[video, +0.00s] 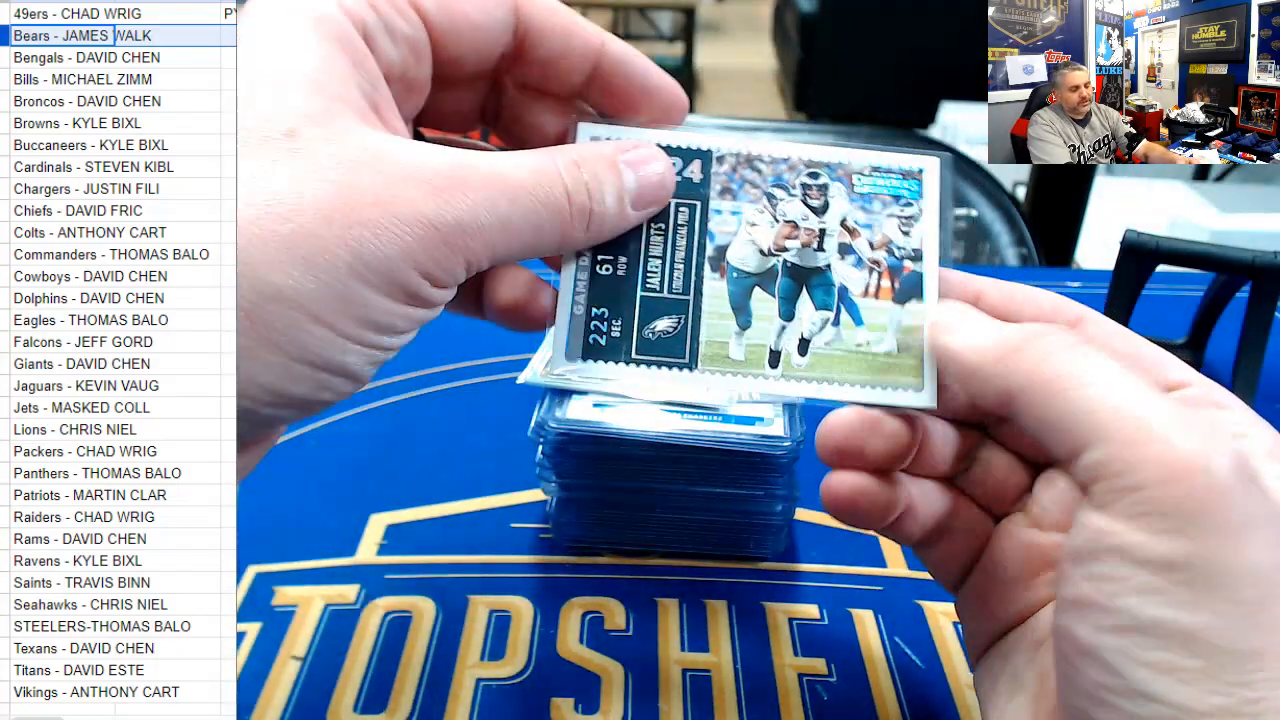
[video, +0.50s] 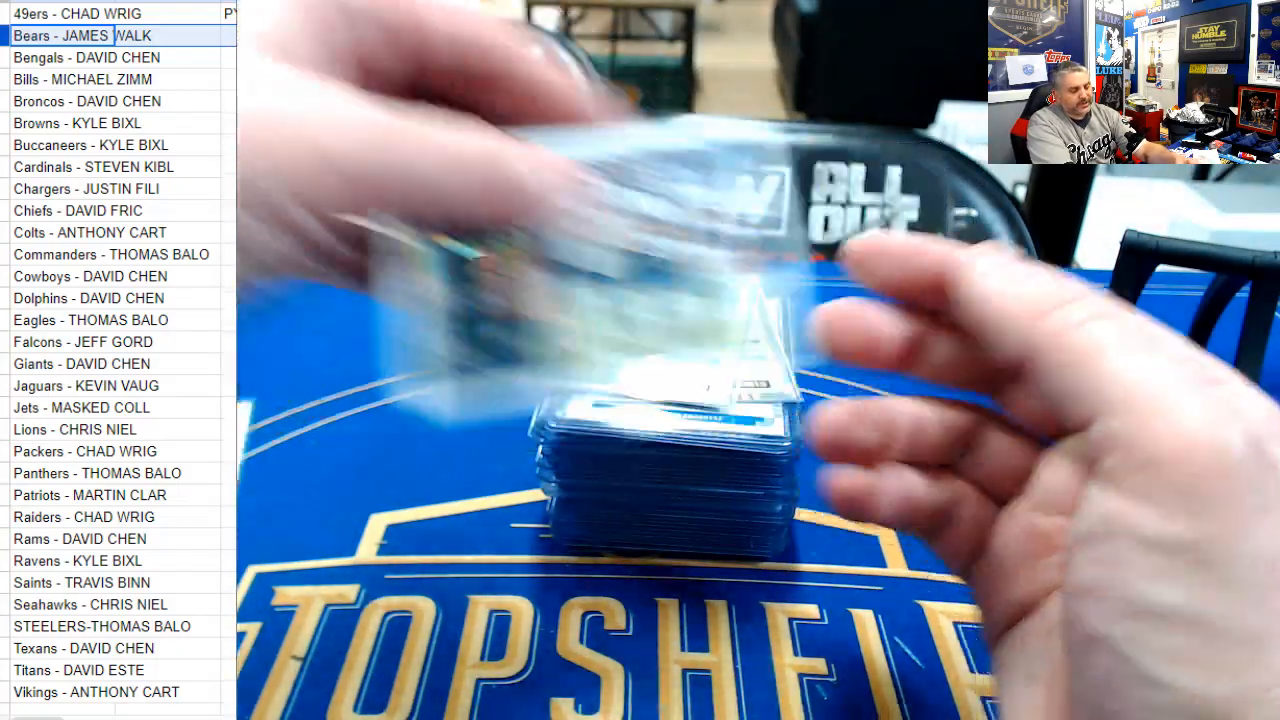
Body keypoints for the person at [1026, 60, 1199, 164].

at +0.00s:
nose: (1085, 94)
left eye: (1087, 86)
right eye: (1074, 90)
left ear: (1091, 85)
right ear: (1057, 95)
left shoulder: (1106, 114)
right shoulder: (1043, 122)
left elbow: (1145, 149)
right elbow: (1062, 176)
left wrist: (1178, 161)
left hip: (1114, 186)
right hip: (1072, 197)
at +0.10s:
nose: (1085, 94)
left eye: (1087, 86)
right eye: (1074, 90)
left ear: (1092, 86)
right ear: (1056, 96)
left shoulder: (1105, 114)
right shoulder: (1043, 123)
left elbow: (1145, 149)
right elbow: (1061, 177)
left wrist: (1178, 160)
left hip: (1113, 188)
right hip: (1072, 198)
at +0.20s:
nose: (1085, 95)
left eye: (1087, 86)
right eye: (1074, 90)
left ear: (1092, 86)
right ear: (1056, 96)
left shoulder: (1105, 114)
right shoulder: (1043, 123)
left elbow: (1145, 149)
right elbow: (1060, 176)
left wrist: (1181, 162)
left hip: (1113, 186)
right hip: (1072, 197)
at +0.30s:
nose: (1085, 95)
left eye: (1087, 87)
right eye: (1074, 90)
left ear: (1091, 86)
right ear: (1056, 96)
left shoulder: (1105, 114)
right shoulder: (1043, 123)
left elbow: (1145, 150)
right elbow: (1060, 176)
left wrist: (1181, 162)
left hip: (1113, 187)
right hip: (1071, 197)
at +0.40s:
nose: (1085, 95)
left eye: (1087, 87)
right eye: (1074, 91)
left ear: (1091, 86)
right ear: (1056, 96)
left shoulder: (1105, 114)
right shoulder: (1043, 123)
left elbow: (1145, 150)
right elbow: (1060, 176)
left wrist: (1181, 162)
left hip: (1113, 187)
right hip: (1071, 197)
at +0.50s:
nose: (1084, 95)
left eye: (1086, 86)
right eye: (1074, 91)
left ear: (1091, 86)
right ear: (1056, 96)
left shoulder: (1106, 114)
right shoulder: (1042, 123)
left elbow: (1144, 149)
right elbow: (1061, 176)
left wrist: (1178, 159)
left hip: (1112, 188)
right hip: (1070, 197)